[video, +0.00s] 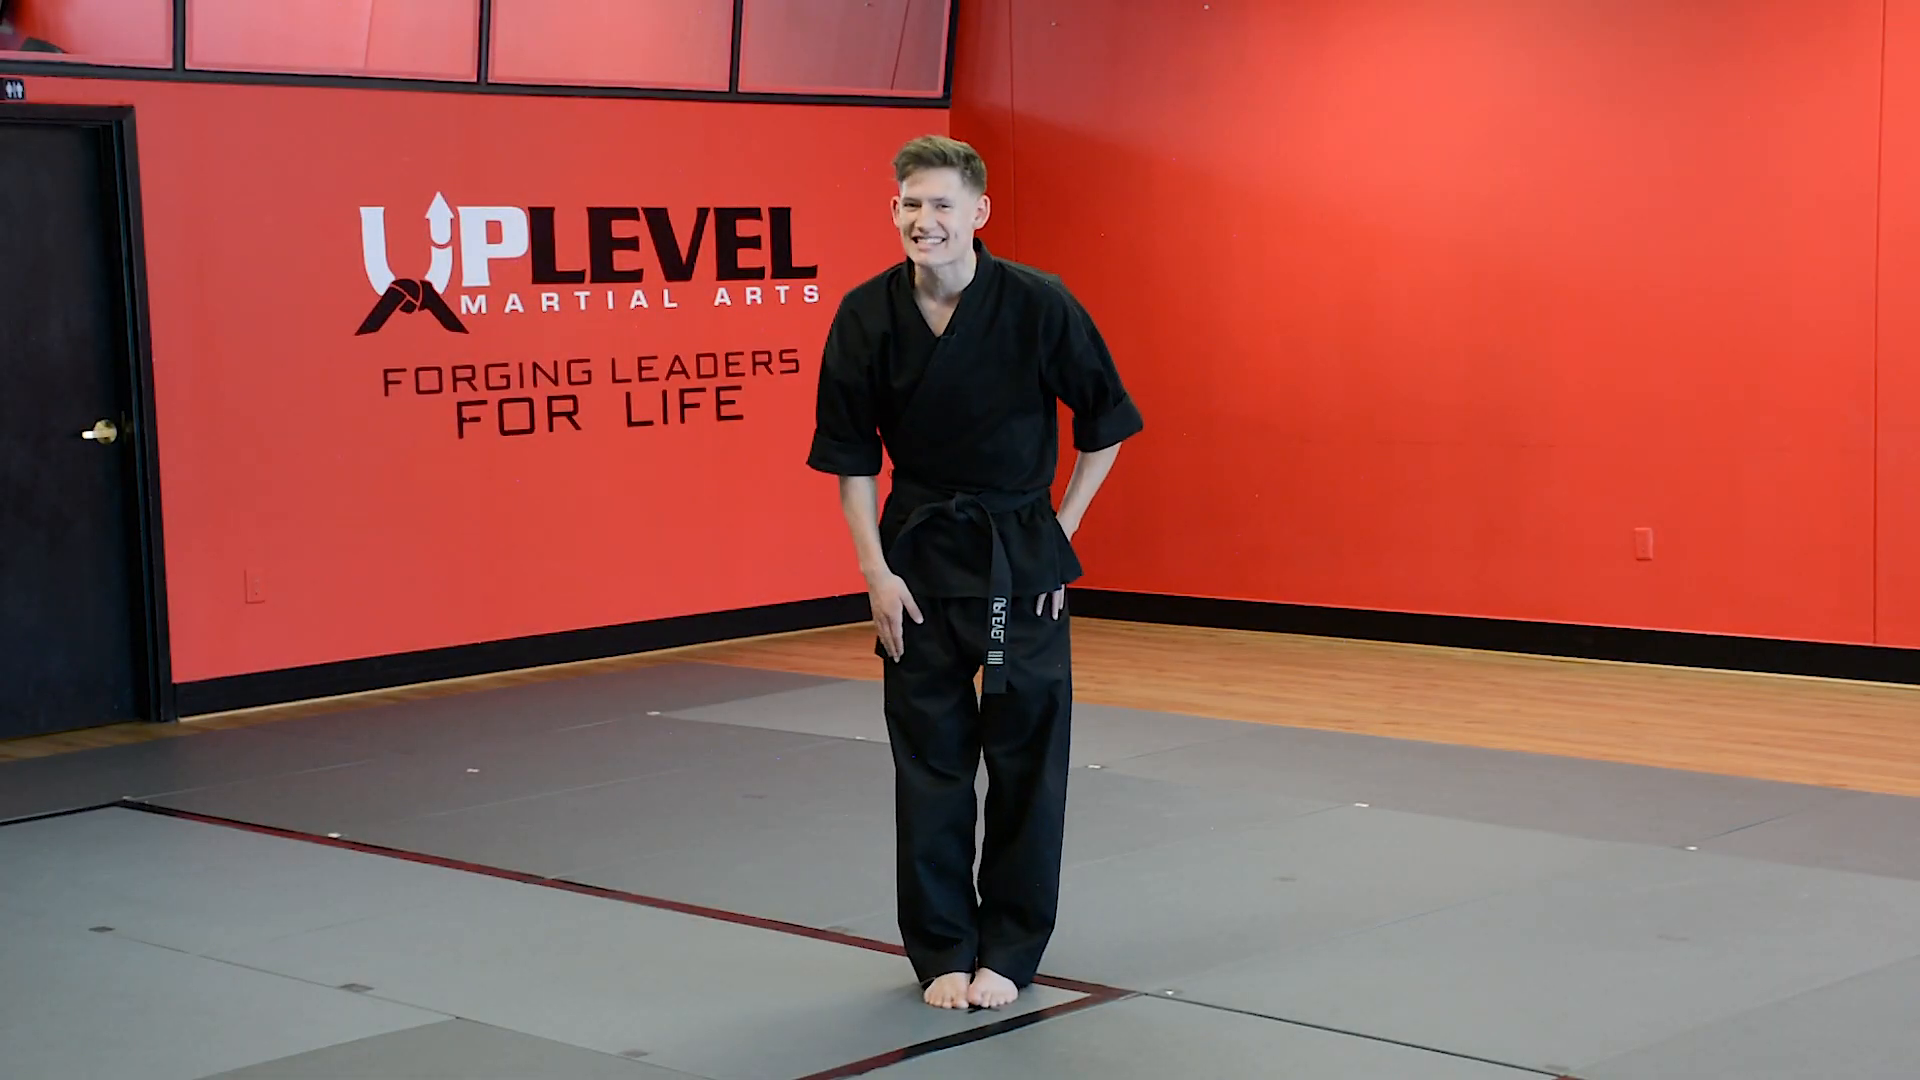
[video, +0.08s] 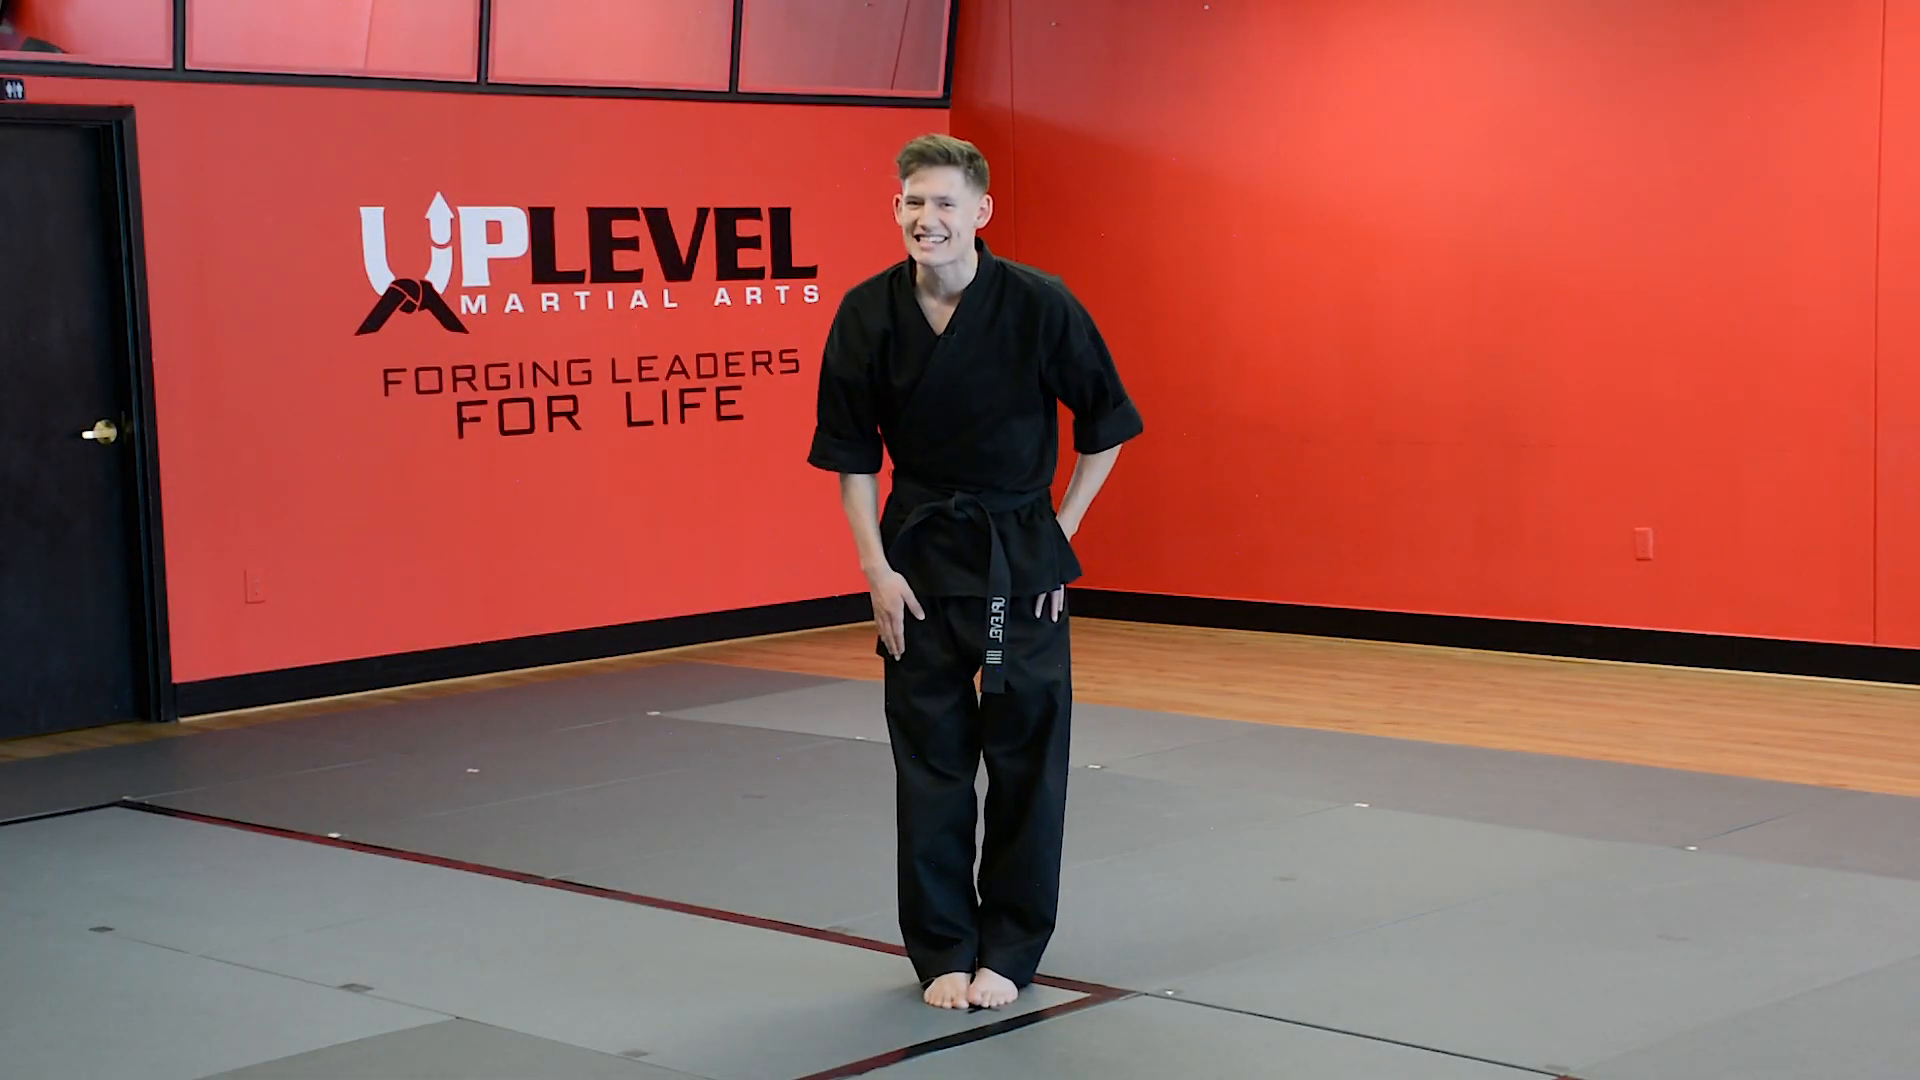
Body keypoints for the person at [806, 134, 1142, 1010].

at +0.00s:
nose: (923, 220)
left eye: (941, 204)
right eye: (910, 205)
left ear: (979, 211)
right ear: (895, 215)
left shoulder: (1036, 303)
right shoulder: (865, 317)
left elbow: (1108, 418)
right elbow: (851, 457)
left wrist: (1061, 531)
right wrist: (875, 574)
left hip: (1022, 544)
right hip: (918, 548)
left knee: (1027, 764)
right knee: (931, 766)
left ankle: (1008, 953)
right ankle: (944, 953)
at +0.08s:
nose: (927, 218)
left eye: (944, 203)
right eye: (914, 203)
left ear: (982, 211)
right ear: (898, 214)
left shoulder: (1037, 304)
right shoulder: (866, 314)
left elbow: (1108, 420)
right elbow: (851, 454)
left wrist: (1061, 531)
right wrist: (876, 571)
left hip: (1022, 543)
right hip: (918, 547)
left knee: (1026, 762)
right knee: (931, 764)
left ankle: (1009, 953)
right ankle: (945, 953)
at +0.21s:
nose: (930, 214)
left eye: (948, 199)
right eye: (918, 198)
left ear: (986, 210)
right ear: (901, 208)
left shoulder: (1040, 305)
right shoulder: (868, 312)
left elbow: (1109, 426)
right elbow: (851, 453)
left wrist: (1059, 534)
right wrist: (877, 569)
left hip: (1020, 544)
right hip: (917, 546)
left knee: (1026, 764)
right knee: (931, 765)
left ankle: (1009, 954)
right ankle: (945, 953)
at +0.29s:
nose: (932, 210)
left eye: (951, 195)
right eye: (920, 194)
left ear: (989, 206)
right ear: (904, 205)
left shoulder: (1043, 306)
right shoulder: (869, 310)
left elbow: (1107, 430)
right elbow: (851, 450)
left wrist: (1056, 539)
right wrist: (877, 565)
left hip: (1020, 545)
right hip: (917, 547)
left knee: (1027, 766)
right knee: (931, 766)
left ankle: (1010, 954)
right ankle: (945, 953)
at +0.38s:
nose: (937, 204)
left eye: (955, 190)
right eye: (925, 190)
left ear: (991, 202)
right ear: (907, 202)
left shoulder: (1044, 304)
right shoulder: (871, 306)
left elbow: (1107, 430)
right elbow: (852, 448)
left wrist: (1057, 539)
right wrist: (877, 562)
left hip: (1020, 544)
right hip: (916, 545)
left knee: (1026, 766)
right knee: (931, 766)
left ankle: (1010, 954)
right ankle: (944, 953)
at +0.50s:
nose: (946, 196)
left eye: (964, 182)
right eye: (933, 181)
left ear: (996, 197)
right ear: (913, 194)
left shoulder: (1046, 300)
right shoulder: (874, 301)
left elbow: (1106, 428)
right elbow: (852, 443)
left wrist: (1058, 537)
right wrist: (875, 557)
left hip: (1020, 544)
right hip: (916, 544)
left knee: (1026, 764)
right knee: (930, 766)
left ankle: (1011, 953)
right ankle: (944, 953)